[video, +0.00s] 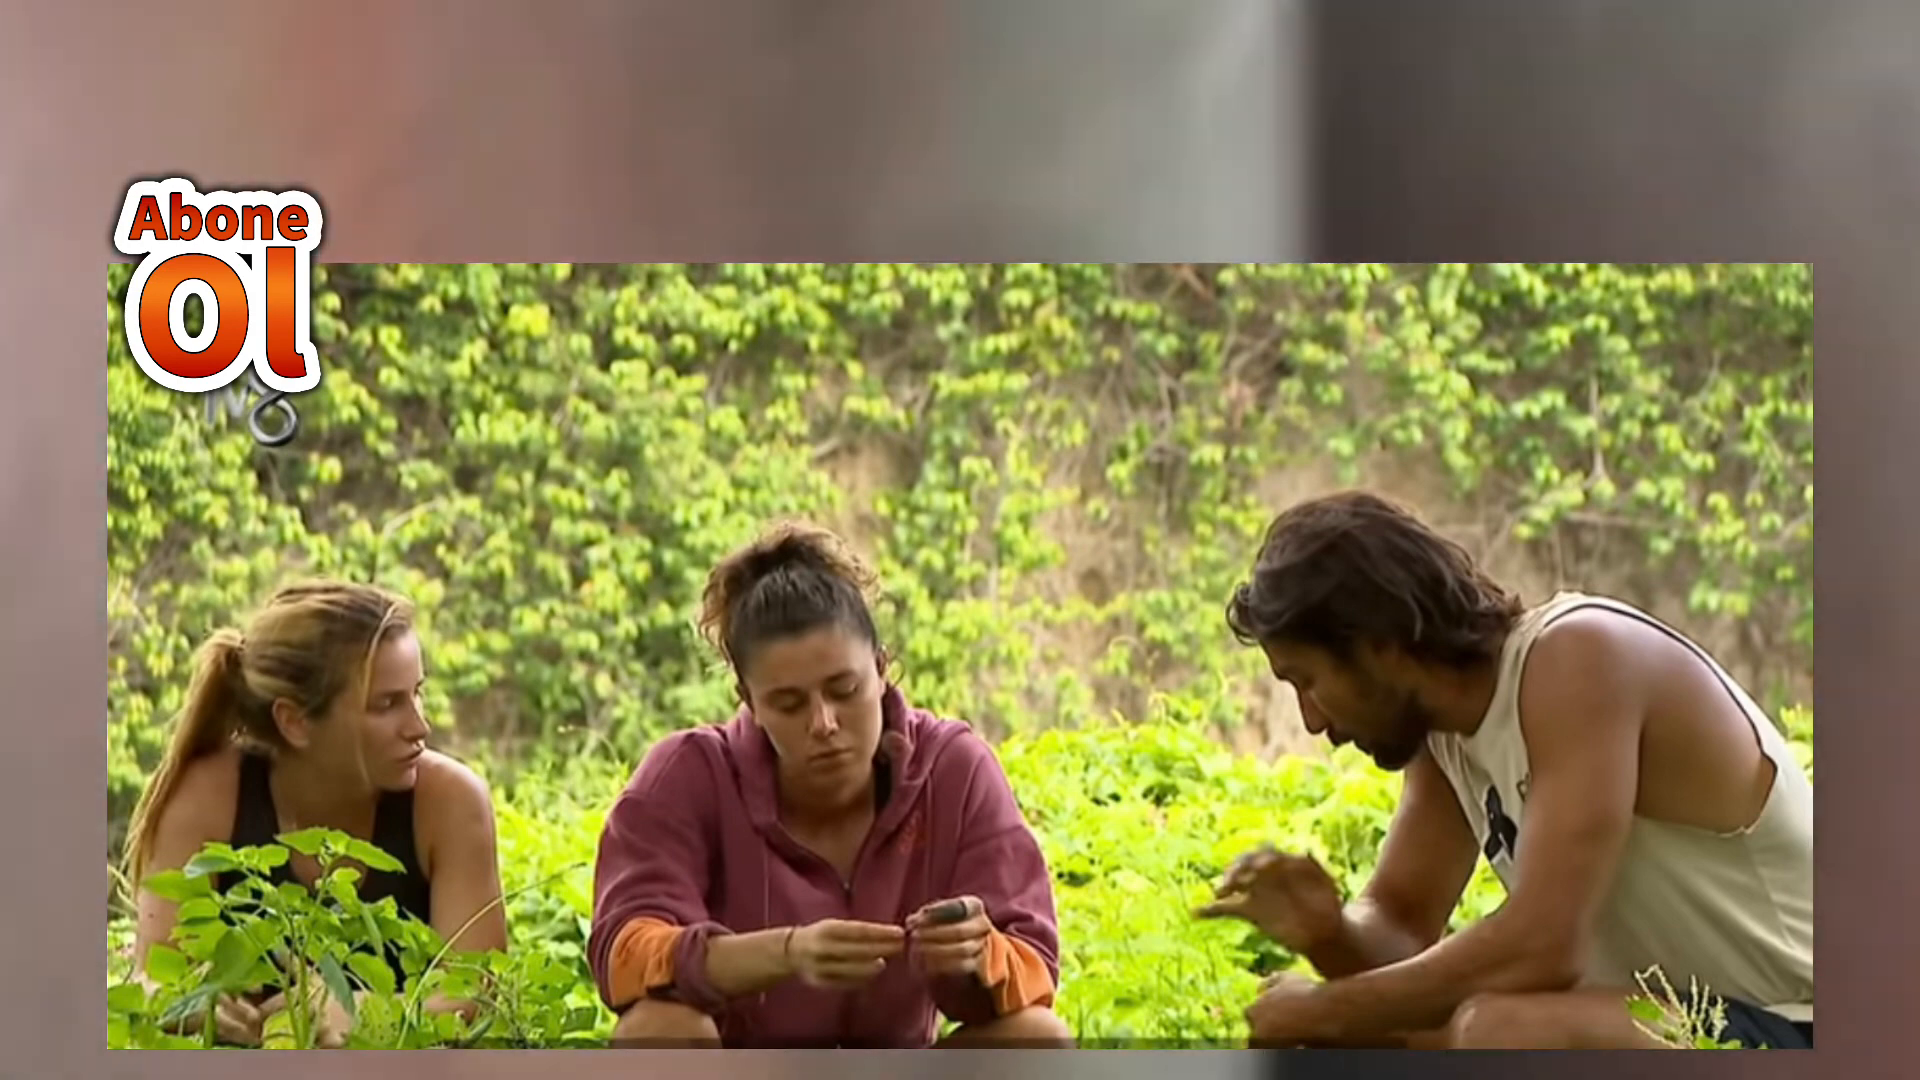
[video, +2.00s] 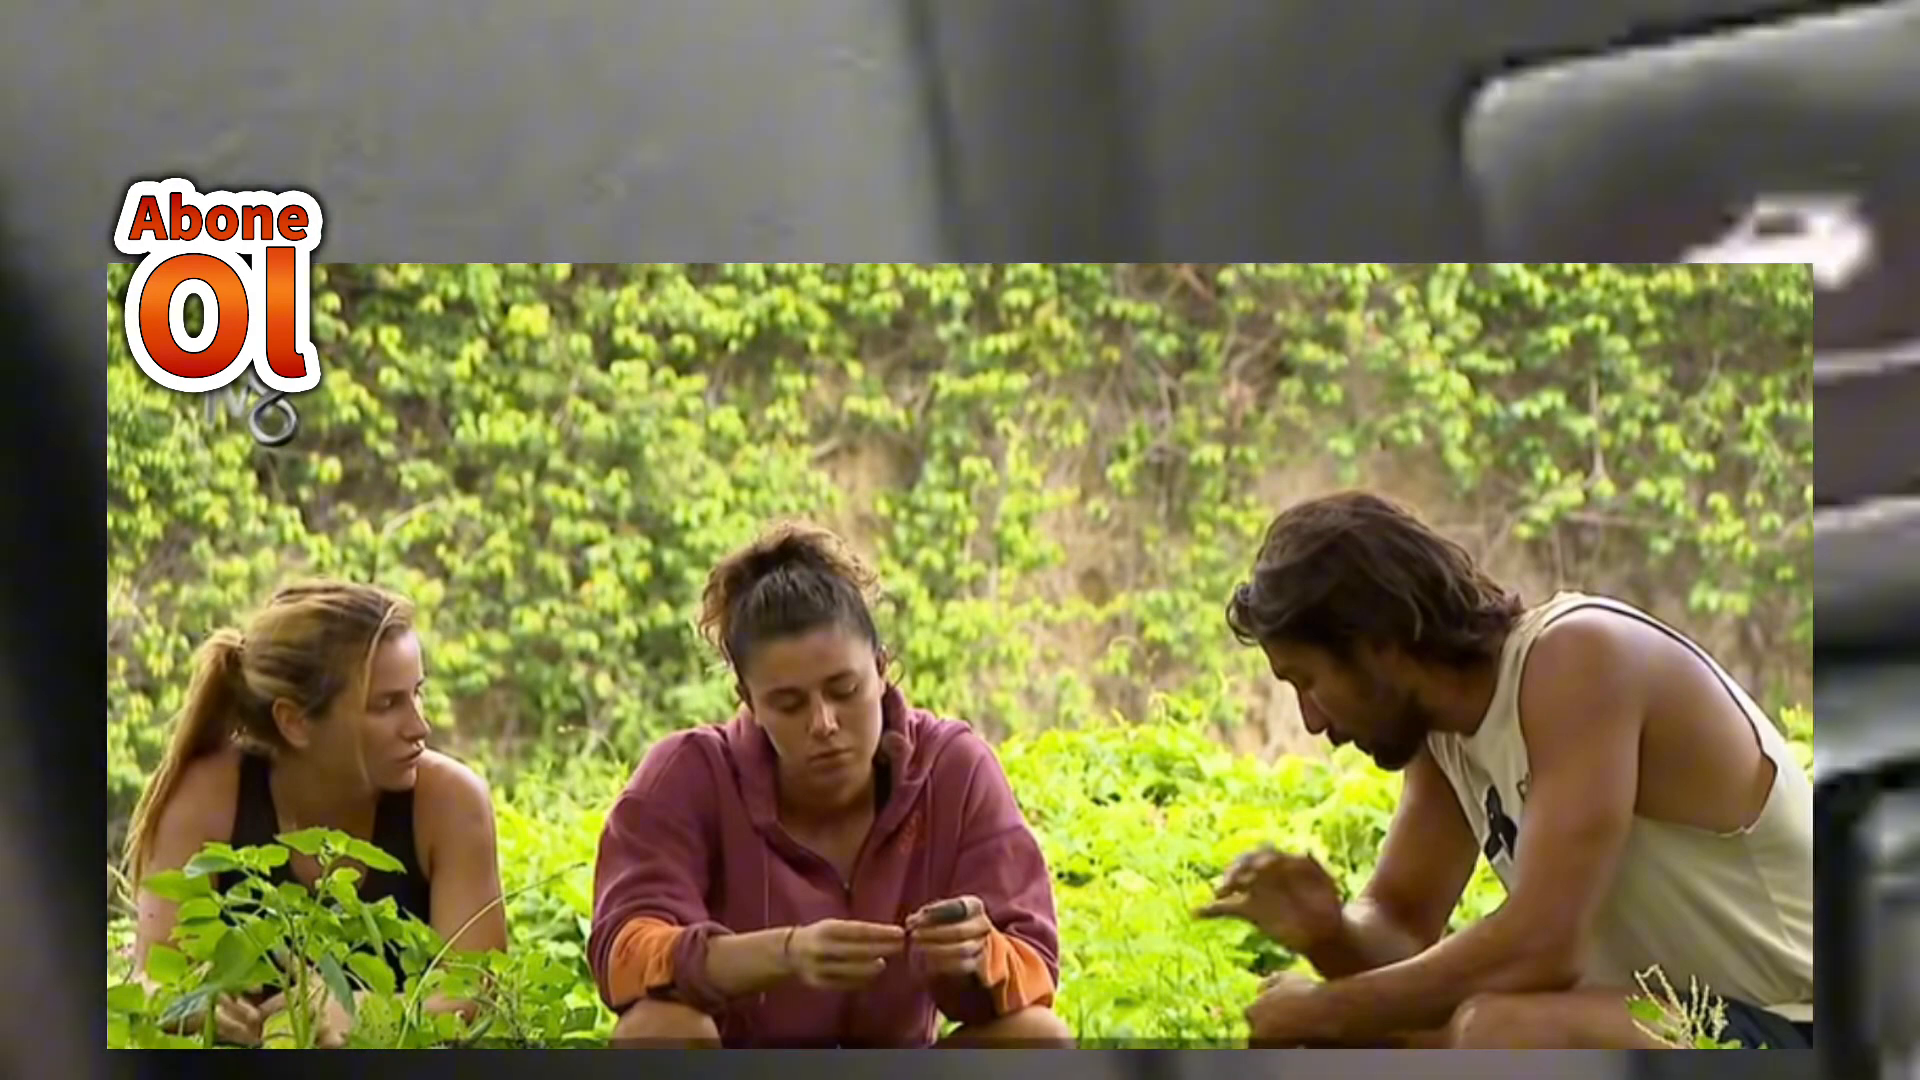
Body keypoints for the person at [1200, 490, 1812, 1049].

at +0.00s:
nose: (1311, 723)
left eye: (1306, 686)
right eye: (1295, 693)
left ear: (1383, 642)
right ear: (1383, 643)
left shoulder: (1584, 656)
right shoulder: (1450, 730)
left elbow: (1539, 950)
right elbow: (1403, 924)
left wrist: (1325, 1015)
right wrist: (1330, 933)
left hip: (1789, 1019)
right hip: (1658, 1003)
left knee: (1501, 1025)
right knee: (1379, 1026)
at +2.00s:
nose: (1312, 724)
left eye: (1306, 687)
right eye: (1296, 693)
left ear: (1383, 644)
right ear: (1383, 644)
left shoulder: (1584, 657)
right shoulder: (1450, 729)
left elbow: (1539, 950)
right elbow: (1403, 927)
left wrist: (1324, 1014)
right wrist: (1330, 932)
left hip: (1790, 1019)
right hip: (1653, 1003)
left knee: (1502, 1027)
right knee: (1377, 1029)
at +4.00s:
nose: (1310, 723)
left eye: (1305, 686)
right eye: (1295, 692)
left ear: (1385, 642)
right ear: (1385, 644)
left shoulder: (1584, 656)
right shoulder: (1451, 732)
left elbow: (1540, 950)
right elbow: (1402, 924)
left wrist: (1324, 1015)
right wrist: (1330, 934)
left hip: (1791, 1012)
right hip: (1656, 1001)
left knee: (1501, 1024)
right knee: (1382, 1027)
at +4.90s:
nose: (1311, 723)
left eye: (1306, 687)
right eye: (1295, 693)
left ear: (1383, 642)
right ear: (1383, 644)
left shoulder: (1584, 656)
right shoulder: (1451, 729)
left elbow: (1539, 950)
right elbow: (1402, 925)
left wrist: (1325, 1014)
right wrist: (1329, 932)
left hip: (1791, 1018)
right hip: (1662, 1003)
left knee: (1503, 1026)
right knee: (1377, 1027)